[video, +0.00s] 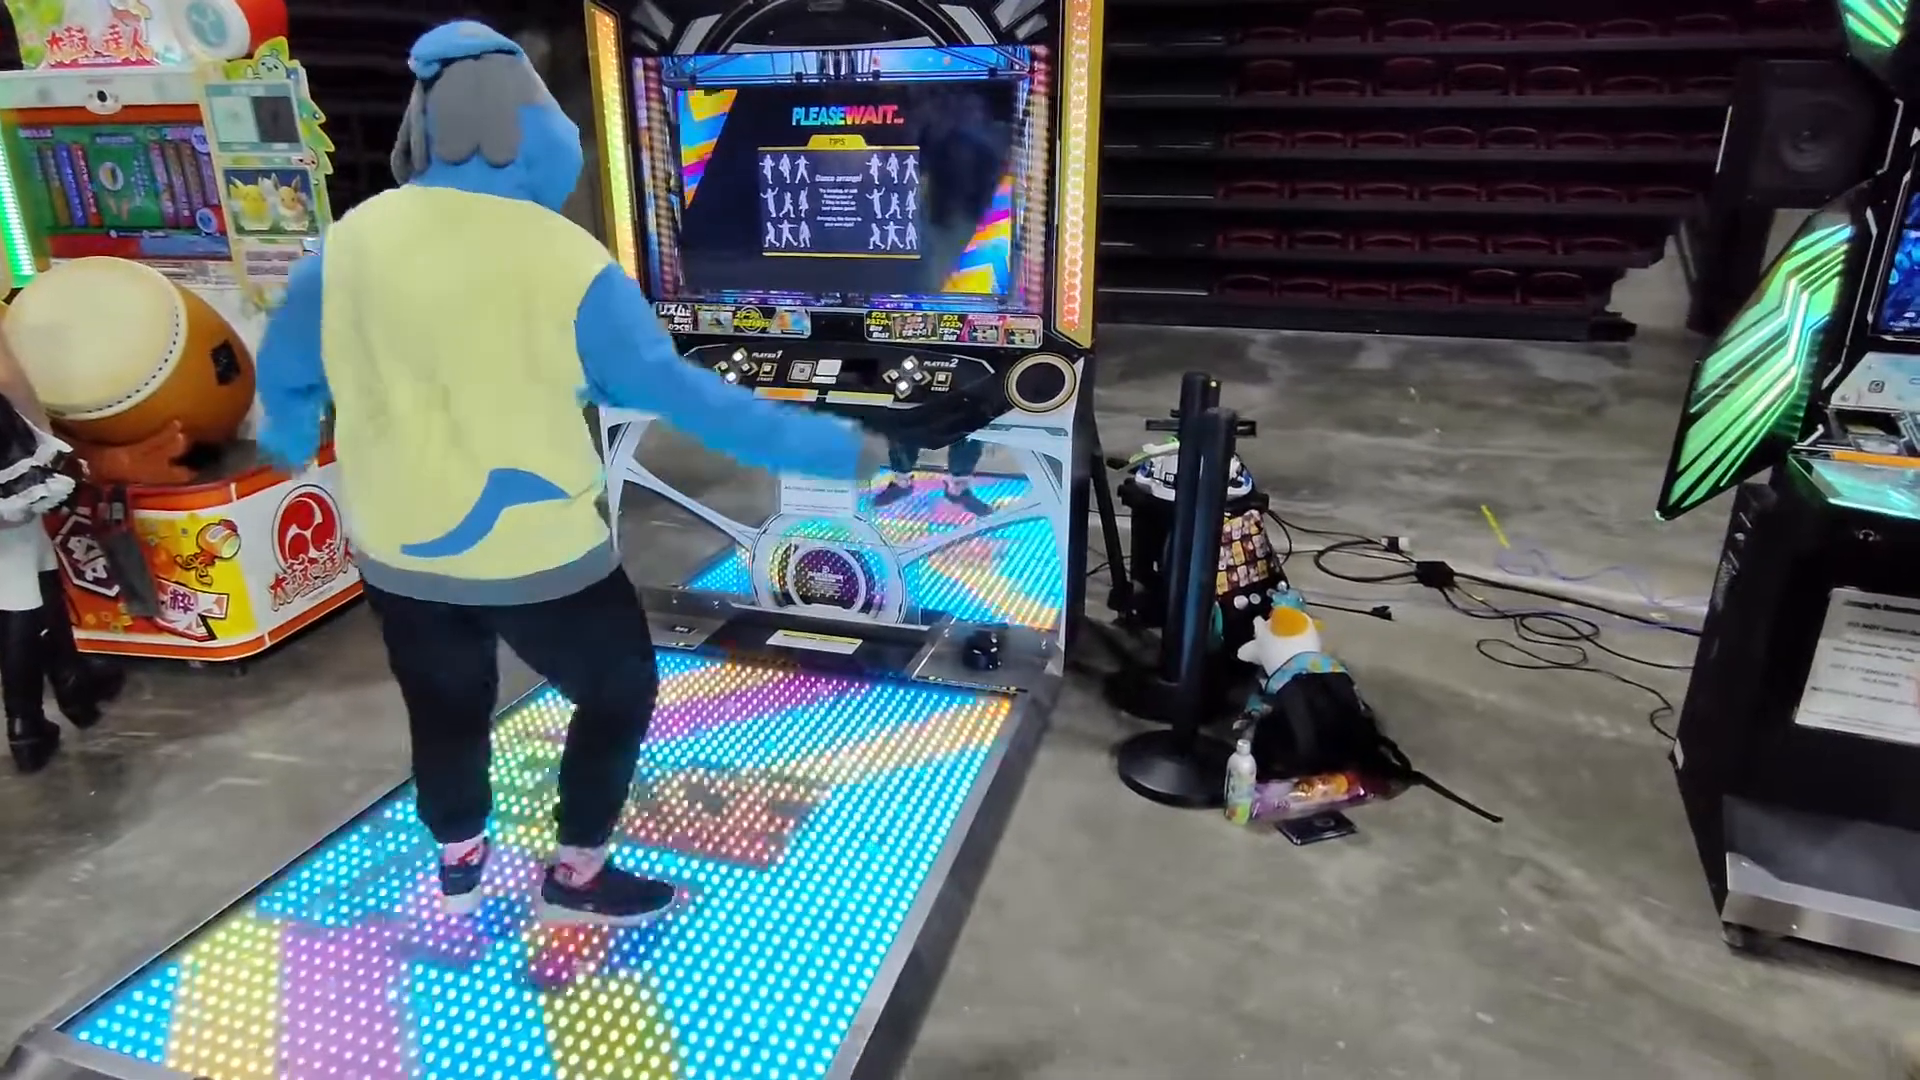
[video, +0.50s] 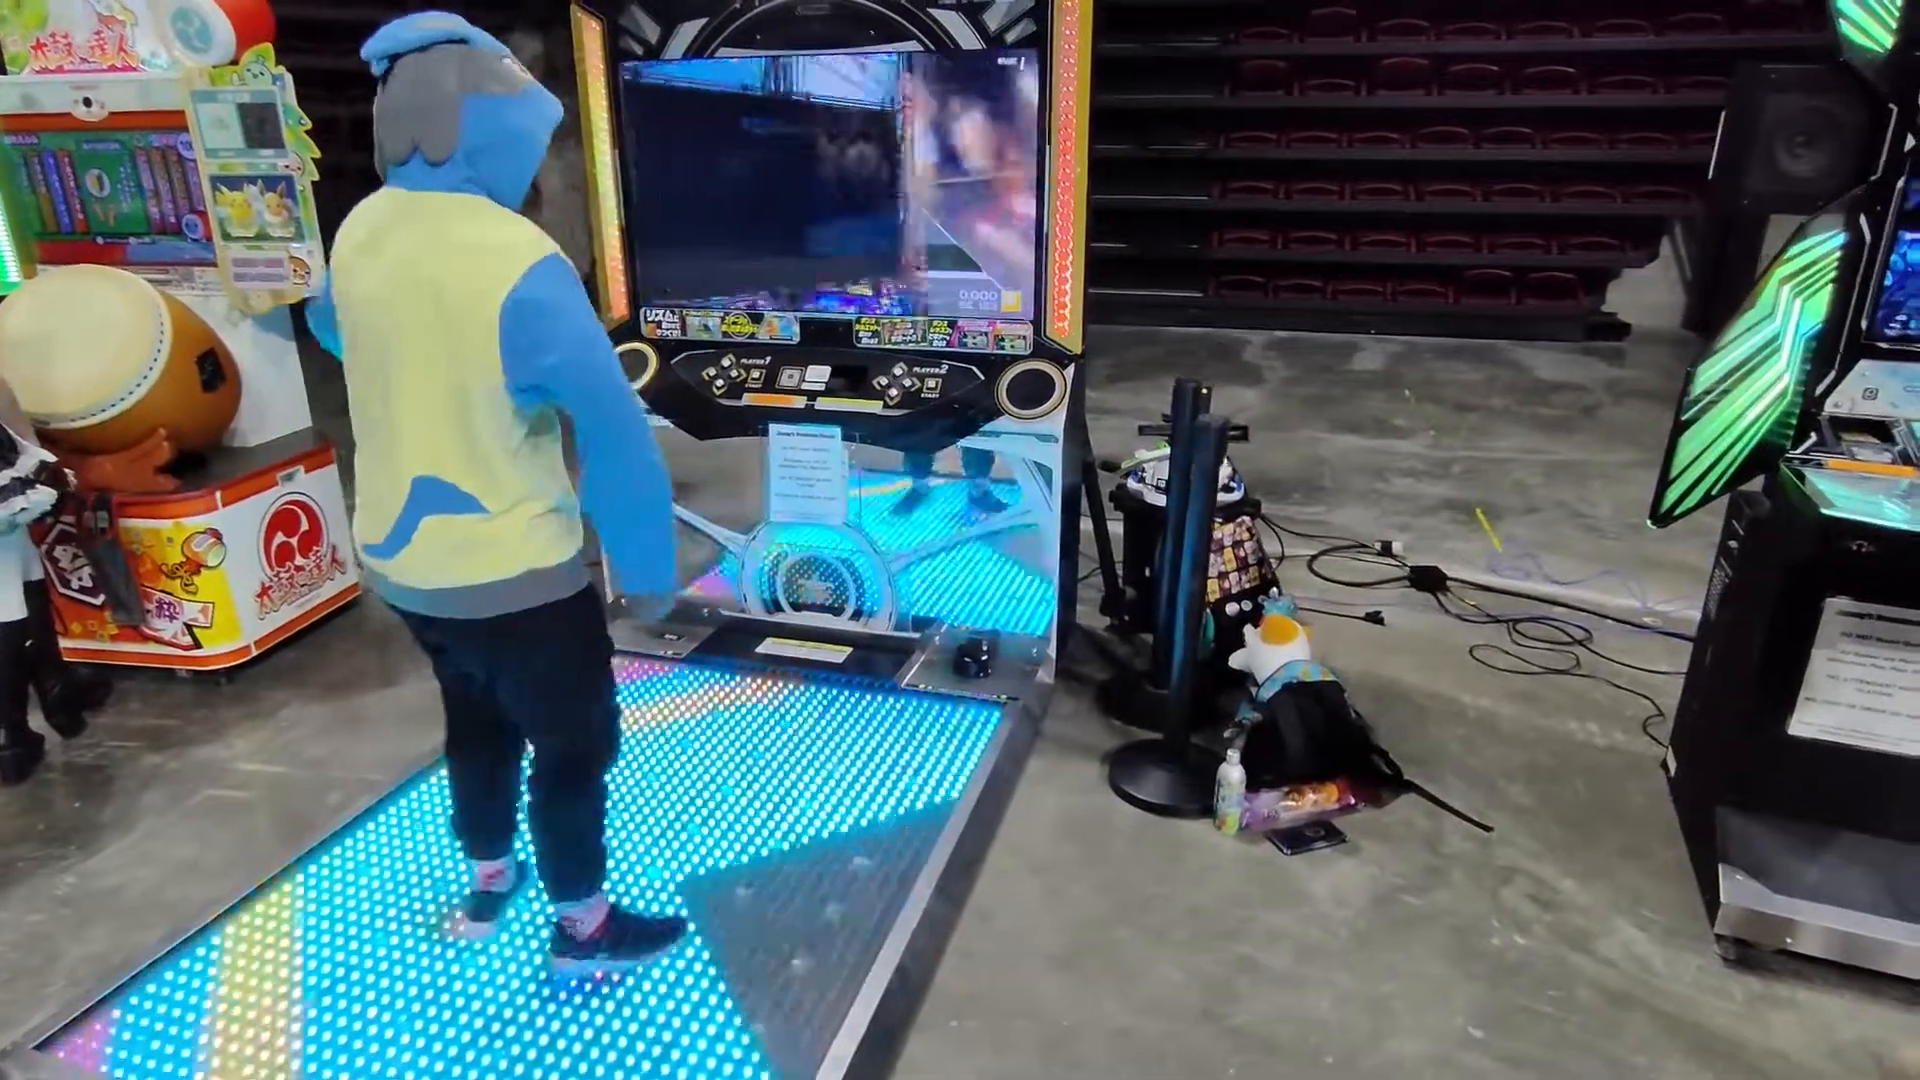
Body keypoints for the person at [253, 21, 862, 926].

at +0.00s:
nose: (558, 140)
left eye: (545, 120)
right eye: (544, 121)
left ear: (429, 134)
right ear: (522, 130)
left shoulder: (348, 242)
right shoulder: (564, 261)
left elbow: (285, 363)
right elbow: (670, 391)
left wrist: (291, 435)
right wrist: (835, 445)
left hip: (398, 559)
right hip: (541, 561)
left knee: (445, 709)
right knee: (617, 687)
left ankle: (459, 864)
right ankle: (579, 870)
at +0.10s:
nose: (560, 145)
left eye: (547, 123)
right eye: (549, 125)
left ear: (427, 127)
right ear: (531, 131)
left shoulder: (346, 233)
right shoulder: (560, 262)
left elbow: (278, 339)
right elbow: (667, 424)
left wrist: (269, 361)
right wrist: (783, 516)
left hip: (408, 560)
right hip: (550, 562)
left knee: (452, 708)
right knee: (608, 698)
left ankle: (459, 855)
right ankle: (582, 879)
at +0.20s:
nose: (558, 140)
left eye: (547, 118)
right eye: (545, 119)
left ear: (430, 128)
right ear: (523, 128)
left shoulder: (353, 224)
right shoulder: (554, 255)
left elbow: (277, 292)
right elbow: (638, 434)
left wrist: (378, 299)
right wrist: (705, 561)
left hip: (416, 566)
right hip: (551, 567)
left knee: (458, 703)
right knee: (593, 711)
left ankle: (458, 857)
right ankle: (599, 891)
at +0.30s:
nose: (556, 156)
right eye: (545, 133)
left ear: (426, 134)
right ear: (524, 138)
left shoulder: (363, 227)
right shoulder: (547, 262)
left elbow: (289, 267)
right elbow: (621, 441)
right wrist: (663, 579)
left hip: (419, 572)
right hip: (545, 575)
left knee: (472, 702)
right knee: (587, 726)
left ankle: (461, 859)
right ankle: (594, 899)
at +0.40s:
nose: (550, 158)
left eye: (545, 135)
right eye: (538, 135)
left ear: (419, 131)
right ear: (495, 134)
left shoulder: (366, 231)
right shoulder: (534, 268)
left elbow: (313, 287)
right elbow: (614, 446)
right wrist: (642, 577)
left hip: (418, 569)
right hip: (535, 574)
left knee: (472, 701)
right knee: (585, 729)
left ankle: (459, 864)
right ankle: (587, 905)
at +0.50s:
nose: (530, 145)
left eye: (525, 124)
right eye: (515, 125)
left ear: (414, 134)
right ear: (471, 130)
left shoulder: (362, 232)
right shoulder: (520, 264)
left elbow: (337, 335)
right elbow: (615, 429)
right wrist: (648, 568)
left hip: (408, 567)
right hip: (521, 574)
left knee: (478, 718)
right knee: (575, 743)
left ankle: (489, 872)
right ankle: (581, 920)